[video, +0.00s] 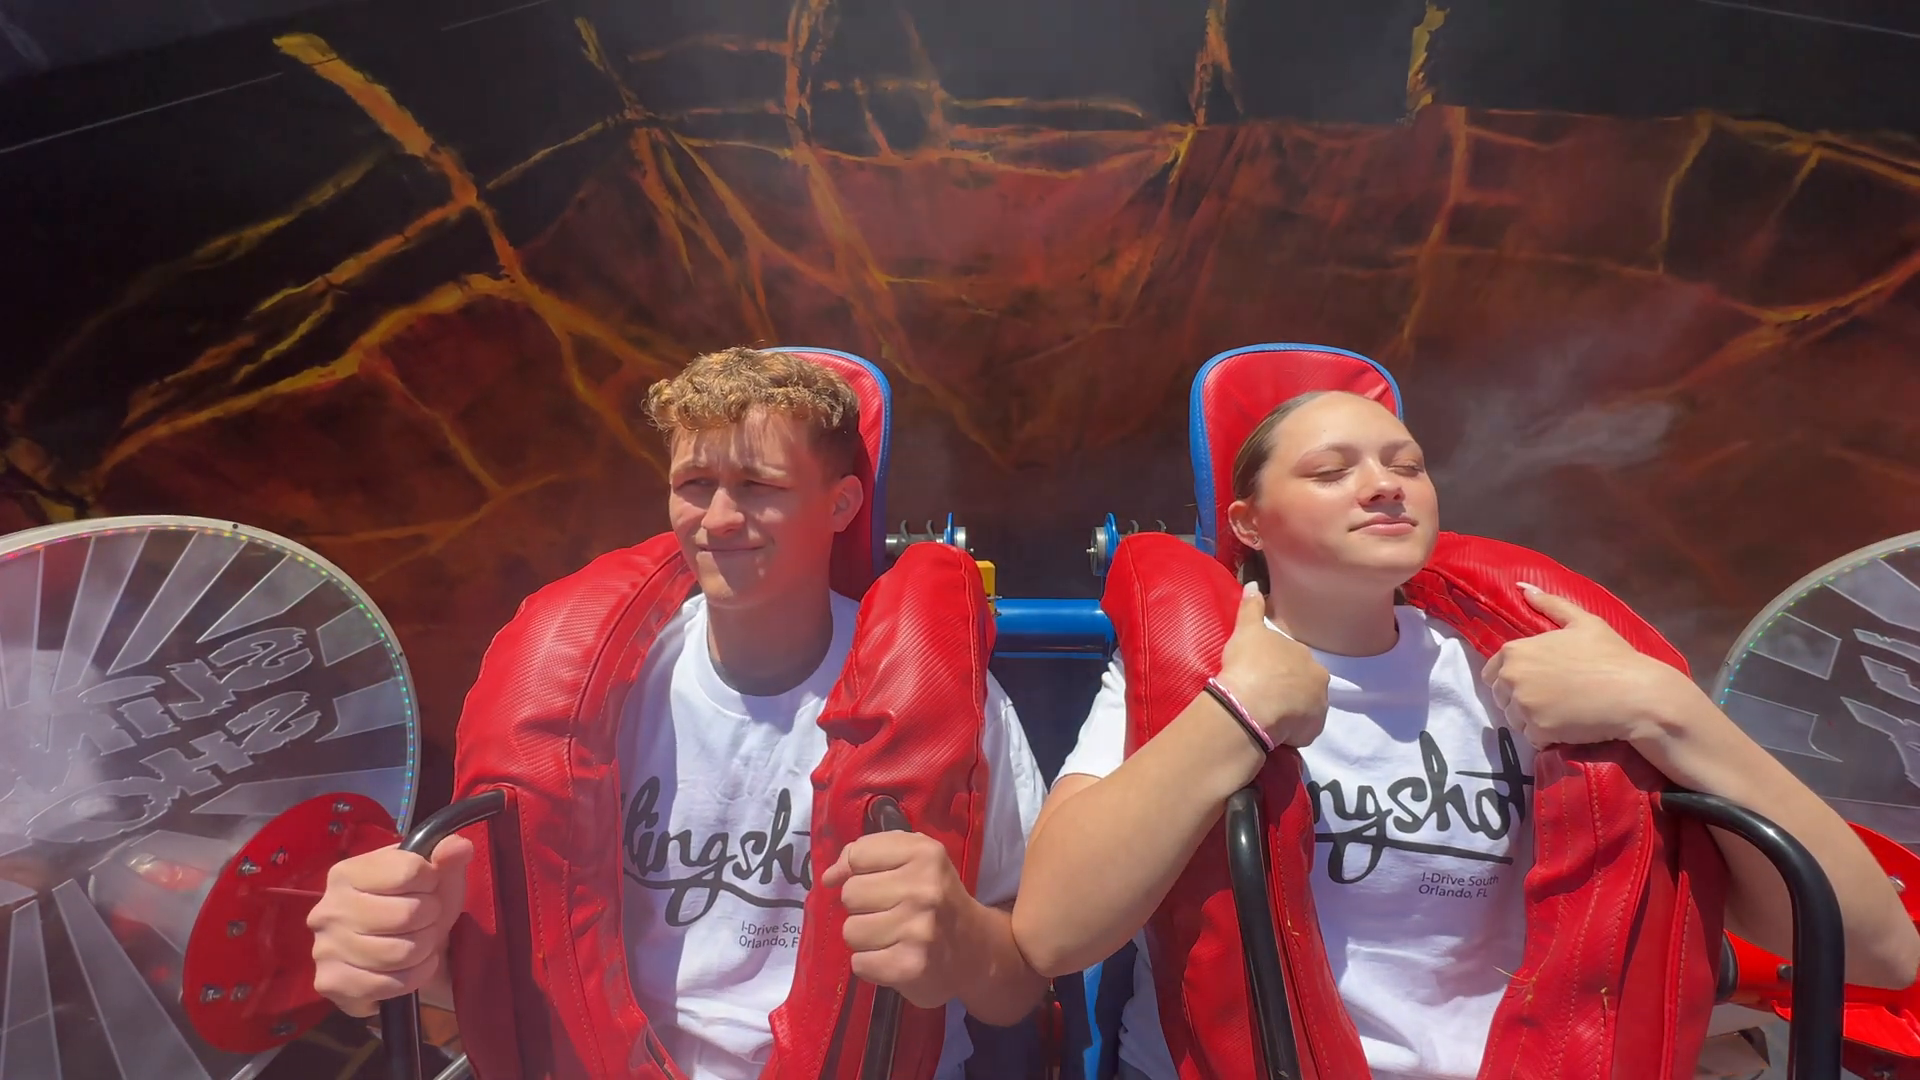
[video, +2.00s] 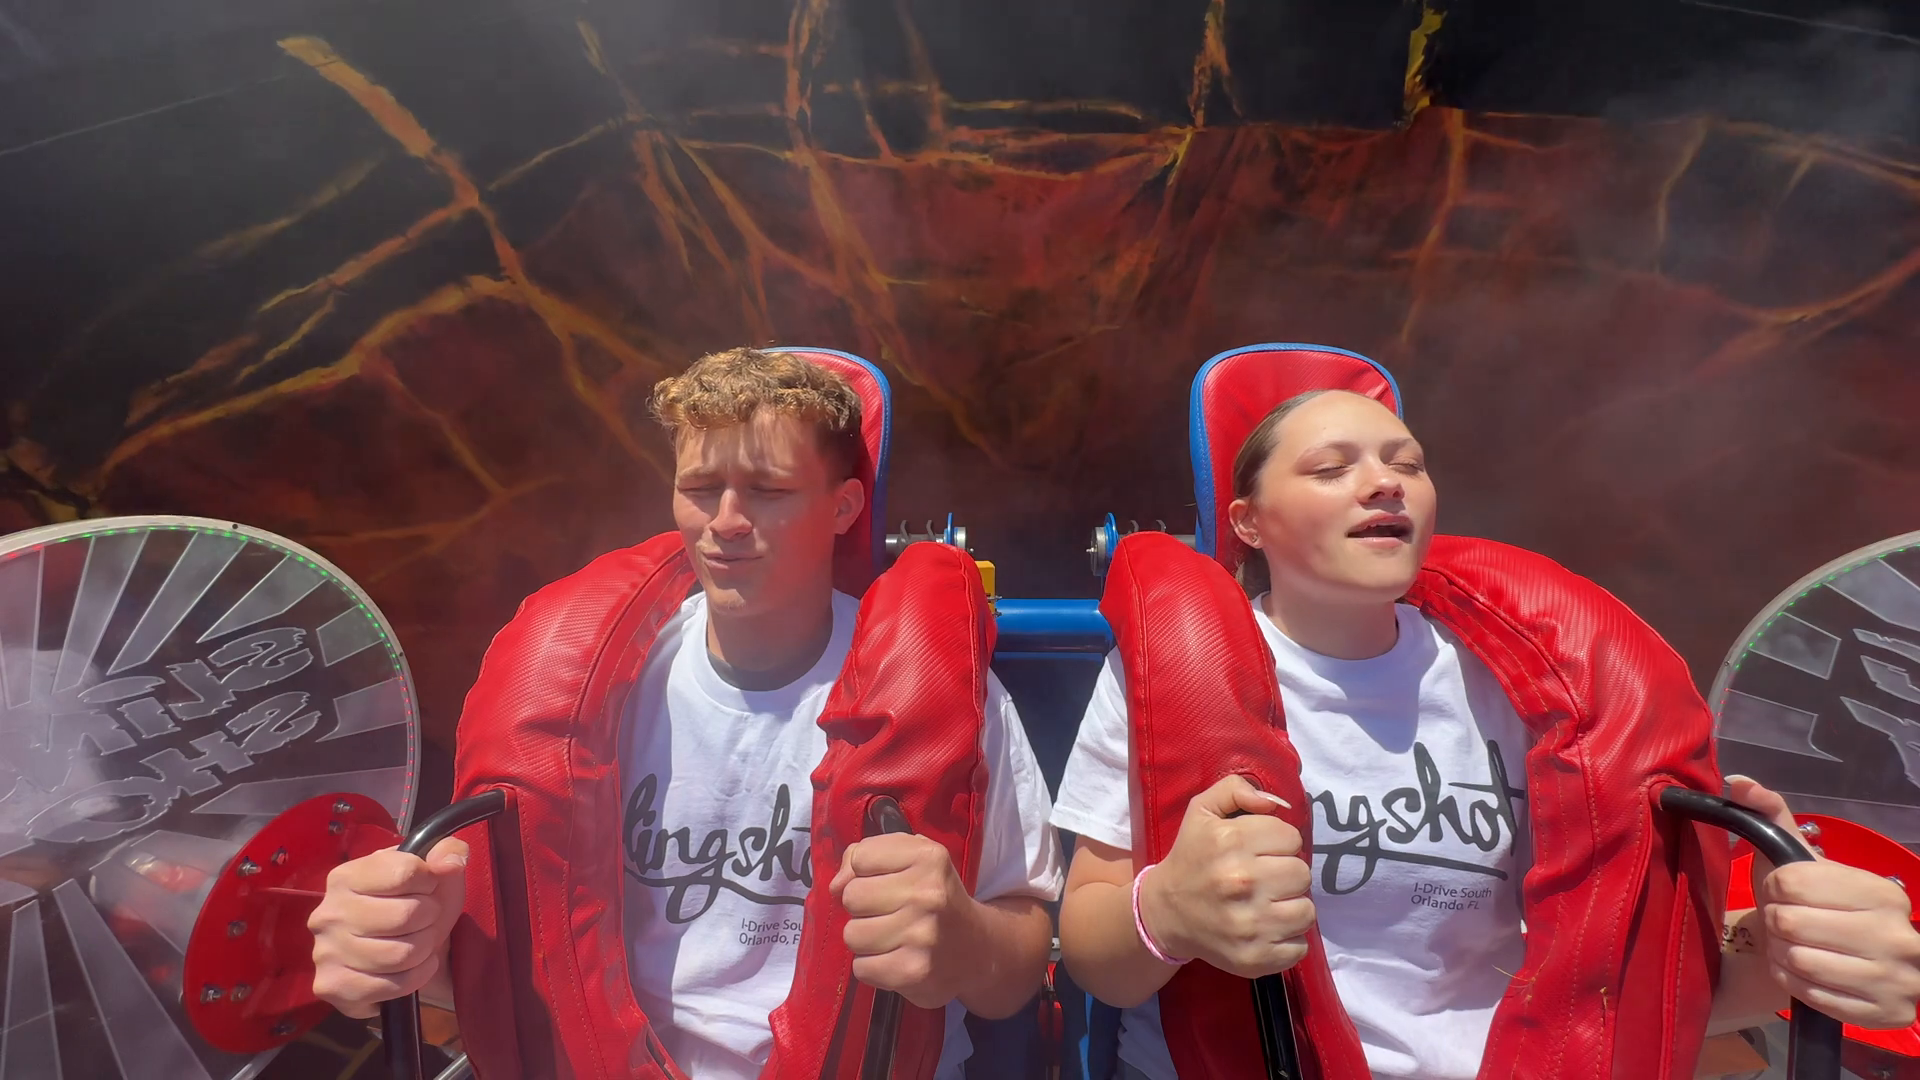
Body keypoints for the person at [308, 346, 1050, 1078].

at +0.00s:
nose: (720, 519)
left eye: (759, 487)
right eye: (697, 486)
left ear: (845, 503)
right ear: (669, 493)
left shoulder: (937, 695)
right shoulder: (582, 672)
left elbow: (1021, 989)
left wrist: (968, 944)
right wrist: (420, 951)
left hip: (832, 1067)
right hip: (606, 1061)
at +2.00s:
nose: (727, 522)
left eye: (766, 490)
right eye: (704, 488)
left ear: (846, 507)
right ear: (674, 493)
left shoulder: (935, 690)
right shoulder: (583, 673)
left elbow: (1025, 962)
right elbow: (505, 932)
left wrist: (969, 945)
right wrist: (410, 944)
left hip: (831, 1062)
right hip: (612, 1057)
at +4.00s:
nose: (725, 523)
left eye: (764, 491)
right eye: (702, 489)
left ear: (845, 506)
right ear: (673, 491)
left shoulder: (934, 688)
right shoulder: (582, 673)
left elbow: (1027, 957)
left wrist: (969, 946)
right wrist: (415, 944)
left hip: (837, 1064)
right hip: (616, 1059)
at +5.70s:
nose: (831, 522)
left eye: (850, 492)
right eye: (789, 487)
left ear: (873, 504)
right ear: (693, 499)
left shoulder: (937, 685)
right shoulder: (583, 671)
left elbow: (1024, 952)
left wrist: (965, 950)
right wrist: (411, 941)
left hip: (840, 1063)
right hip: (614, 1059)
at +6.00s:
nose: (868, 519)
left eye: (875, 488)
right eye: (828, 488)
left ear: (887, 491)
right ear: (716, 499)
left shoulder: (937, 683)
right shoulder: (586, 667)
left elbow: (1024, 958)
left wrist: (964, 948)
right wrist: (405, 940)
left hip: (836, 1063)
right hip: (614, 1058)